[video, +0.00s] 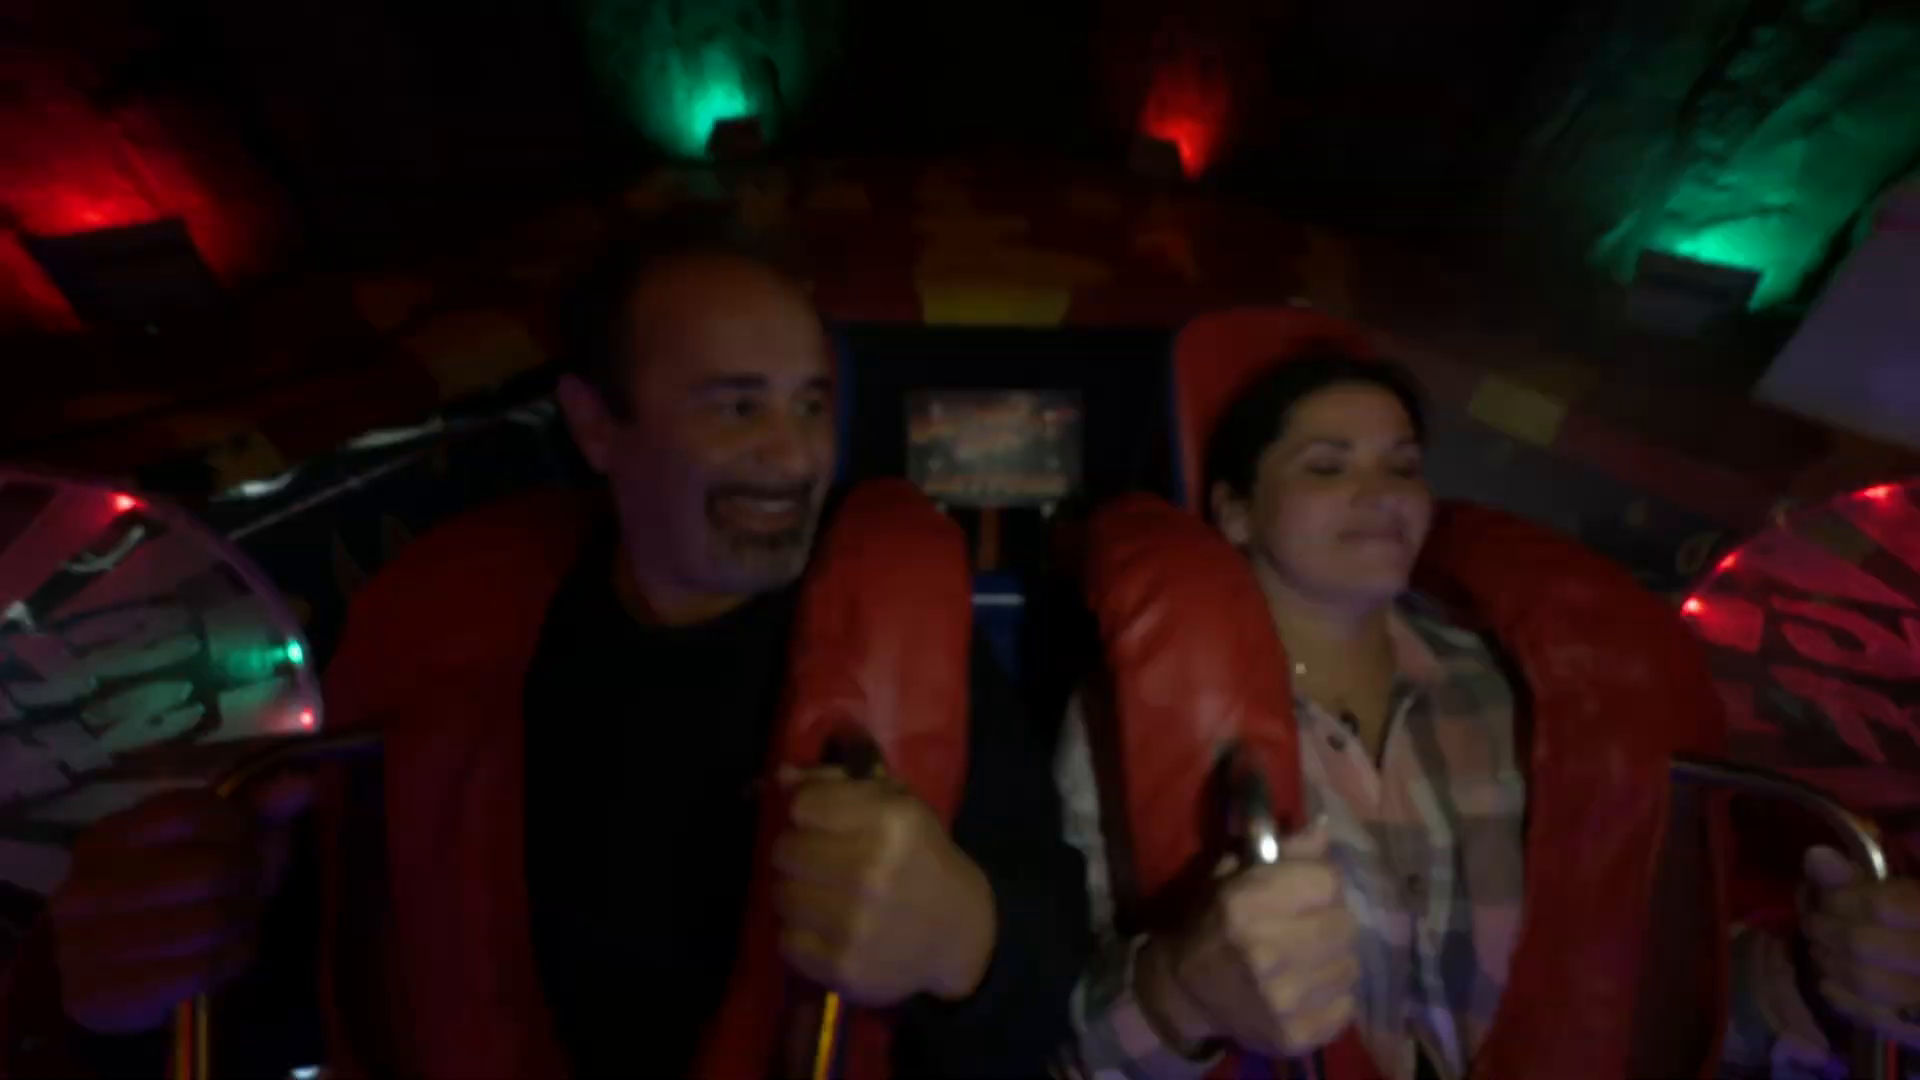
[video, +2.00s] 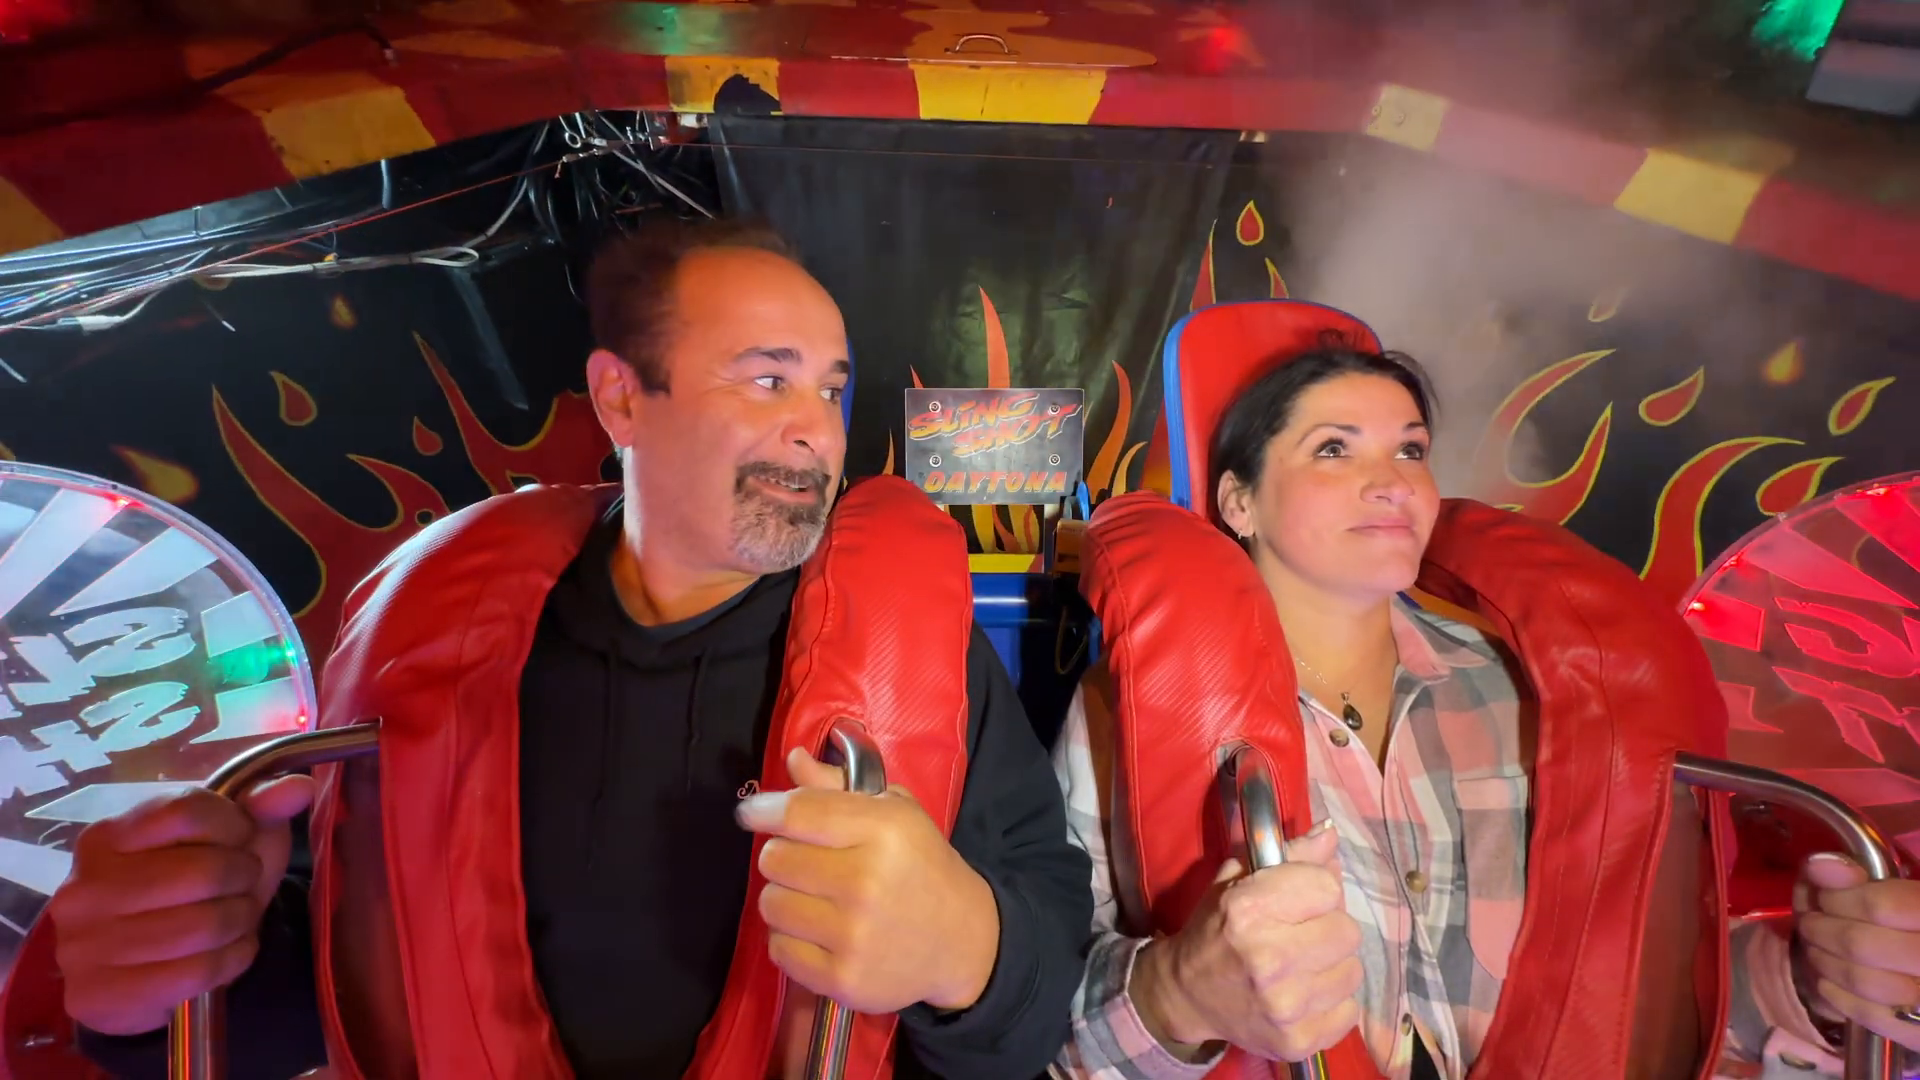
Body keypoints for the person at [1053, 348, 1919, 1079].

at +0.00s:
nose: (1379, 495)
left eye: (1402, 466)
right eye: (1328, 466)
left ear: (1430, 500)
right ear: (1235, 512)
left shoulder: (1502, 690)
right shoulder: (1147, 712)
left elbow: (1603, 981)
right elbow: (1059, 1036)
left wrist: (1815, 981)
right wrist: (1170, 1001)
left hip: (1484, 1057)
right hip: (1269, 1066)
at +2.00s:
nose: (1392, 479)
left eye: (1411, 453)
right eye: (1334, 450)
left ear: (1435, 494)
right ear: (1239, 504)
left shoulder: (1522, 694)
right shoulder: (1144, 710)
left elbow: (1613, 970)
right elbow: (1050, 1036)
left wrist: (1803, 973)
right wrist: (1173, 998)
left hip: (1502, 1068)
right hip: (1267, 1073)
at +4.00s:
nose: (1376, 476)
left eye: (1398, 444)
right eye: (1318, 444)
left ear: (1431, 484)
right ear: (1232, 498)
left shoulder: (1523, 692)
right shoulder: (1138, 714)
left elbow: (1613, 969)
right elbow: (1053, 1034)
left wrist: (1797, 967)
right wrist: (1176, 1005)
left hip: (1500, 1069)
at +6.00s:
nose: (1383, 484)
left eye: (1406, 455)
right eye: (1329, 455)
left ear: (1435, 490)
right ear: (1236, 500)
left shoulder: (1519, 695)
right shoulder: (1137, 717)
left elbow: (1610, 975)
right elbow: (1049, 1032)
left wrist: (1800, 972)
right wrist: (1170, 1004)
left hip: (1494, 1068)